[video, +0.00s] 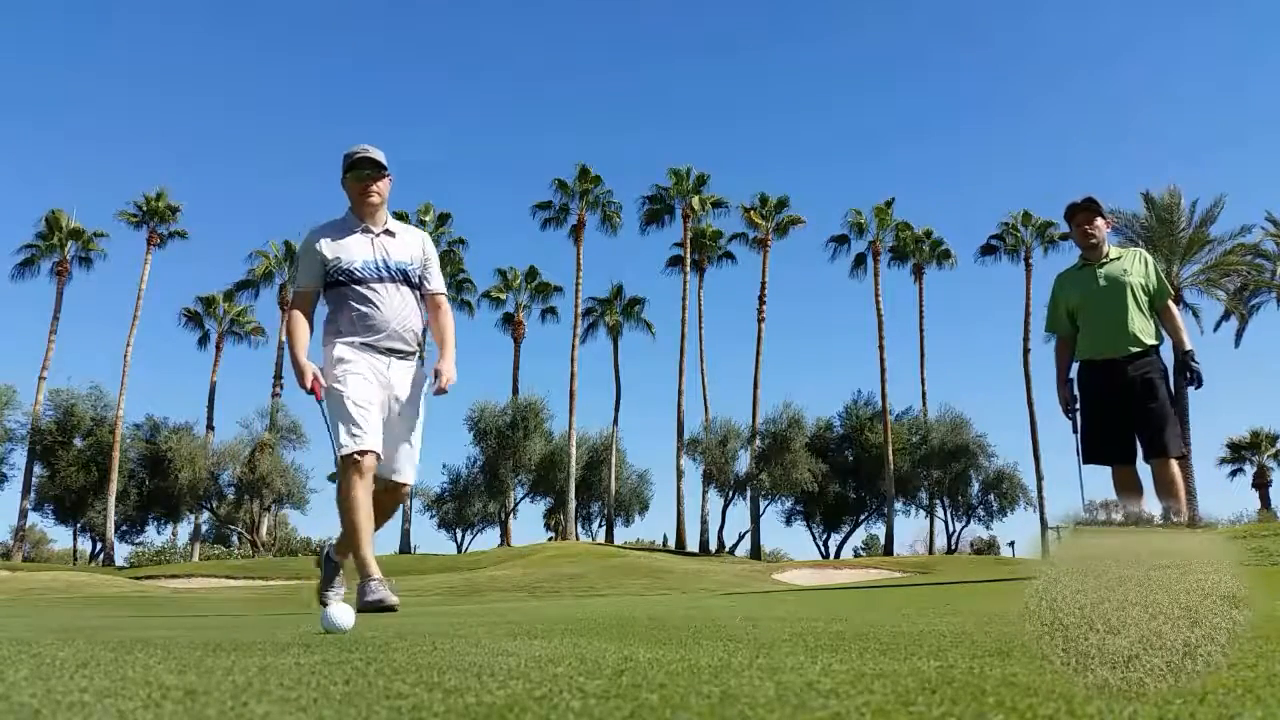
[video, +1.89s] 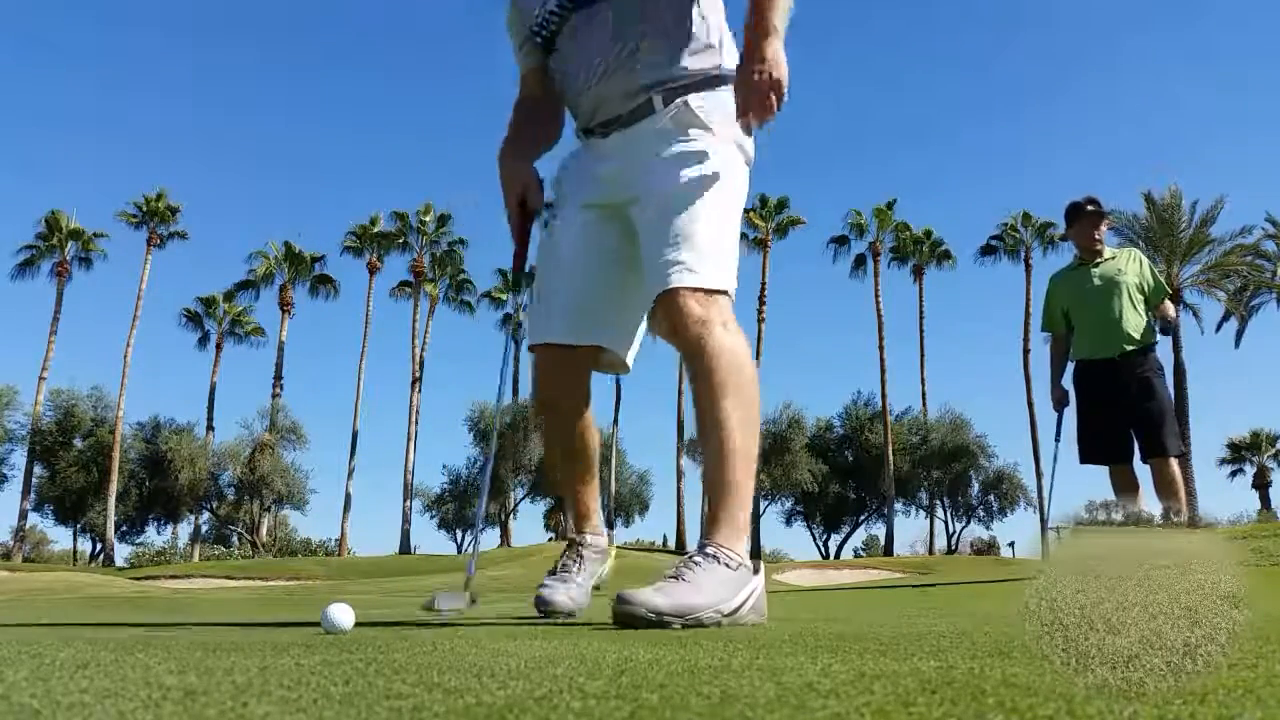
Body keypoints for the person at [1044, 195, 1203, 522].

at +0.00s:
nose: (1086, 228)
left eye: (1091, 221)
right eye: (1078, 225)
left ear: (1106, 224)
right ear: (1071, 235)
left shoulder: (1139, 260)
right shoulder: (1066, 281)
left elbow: (1166, 308)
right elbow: (1065, 337)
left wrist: (1184, 351)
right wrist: (1062, 382)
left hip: (1144, 369)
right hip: (1098, 376)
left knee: (1162, 452)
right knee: (1119, 459)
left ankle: (1178, 527)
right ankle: (1136, 531)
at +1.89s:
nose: (1096, 231)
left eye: (1099, 224)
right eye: (1087, 226)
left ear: (1106, 226)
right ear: (1070, 232)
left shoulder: (1133, 260)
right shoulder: (1061, 282)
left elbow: (1161, 301)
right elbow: (1059, 338)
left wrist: (1168, 314)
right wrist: (1056, 382)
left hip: (1140, 367)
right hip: (1094, 374)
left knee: (1161, 451)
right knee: (1117, 459)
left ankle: (1179, 528)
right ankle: (1134, 531)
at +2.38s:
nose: (1100, 233)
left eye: (1103, 226)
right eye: (1091, 228)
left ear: (1109, 229)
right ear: (1073, 234)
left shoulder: (1135, 262)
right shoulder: (1063, 285)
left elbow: (1168, 312)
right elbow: (1061, 340)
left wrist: (1154, 297)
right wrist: (1057, 386)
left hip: (1142, 369)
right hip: (1096, 376)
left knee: (1163, 454)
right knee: (1119, 462)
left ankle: (1178, 531)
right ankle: (1135, 535)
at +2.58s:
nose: (1102, 234)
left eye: (1105, 228)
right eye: (1093, 229)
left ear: (1111, 231)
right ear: (1074, 235)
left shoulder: (1136, 264)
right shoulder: (1064, 285)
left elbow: (1169, 313)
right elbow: (1063, 342)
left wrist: (1154, 296)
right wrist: (1062, 390)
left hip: (1143, 371)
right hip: (1098, 378)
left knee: (1163, 456)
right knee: (1120, 463)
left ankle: (1179, 530)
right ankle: (1136, 535)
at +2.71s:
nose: (1099, 235)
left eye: (1102, 228)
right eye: (1090, 230)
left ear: (1108, 232)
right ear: (1073, 236)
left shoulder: (1134, 265)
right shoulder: (1062, 286)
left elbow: (1167, 314)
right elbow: (1061, 342)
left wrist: (1152, 297)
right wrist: (1060, 389)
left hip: (1141, 371)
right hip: (1096, 378)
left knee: (1161, 455)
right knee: (1118, 462)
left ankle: (1177, 529)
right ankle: (1135, 534)